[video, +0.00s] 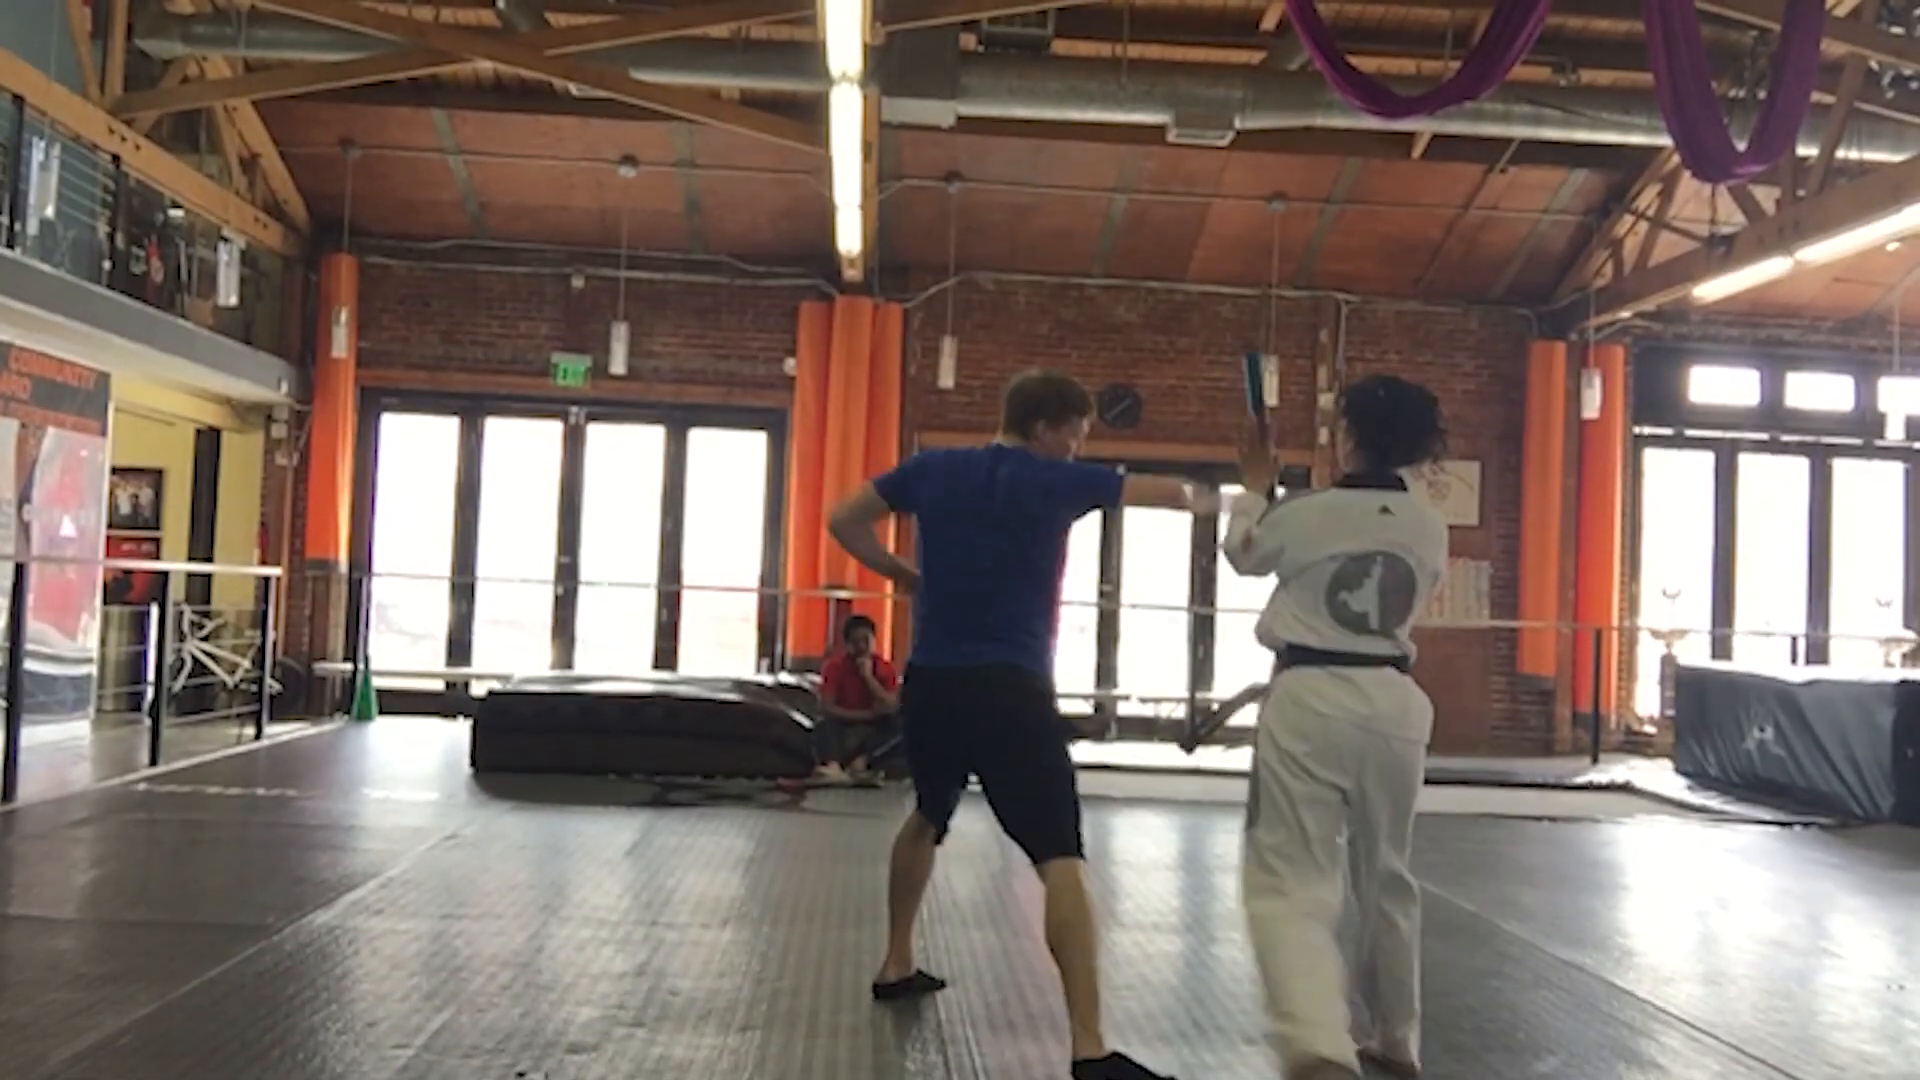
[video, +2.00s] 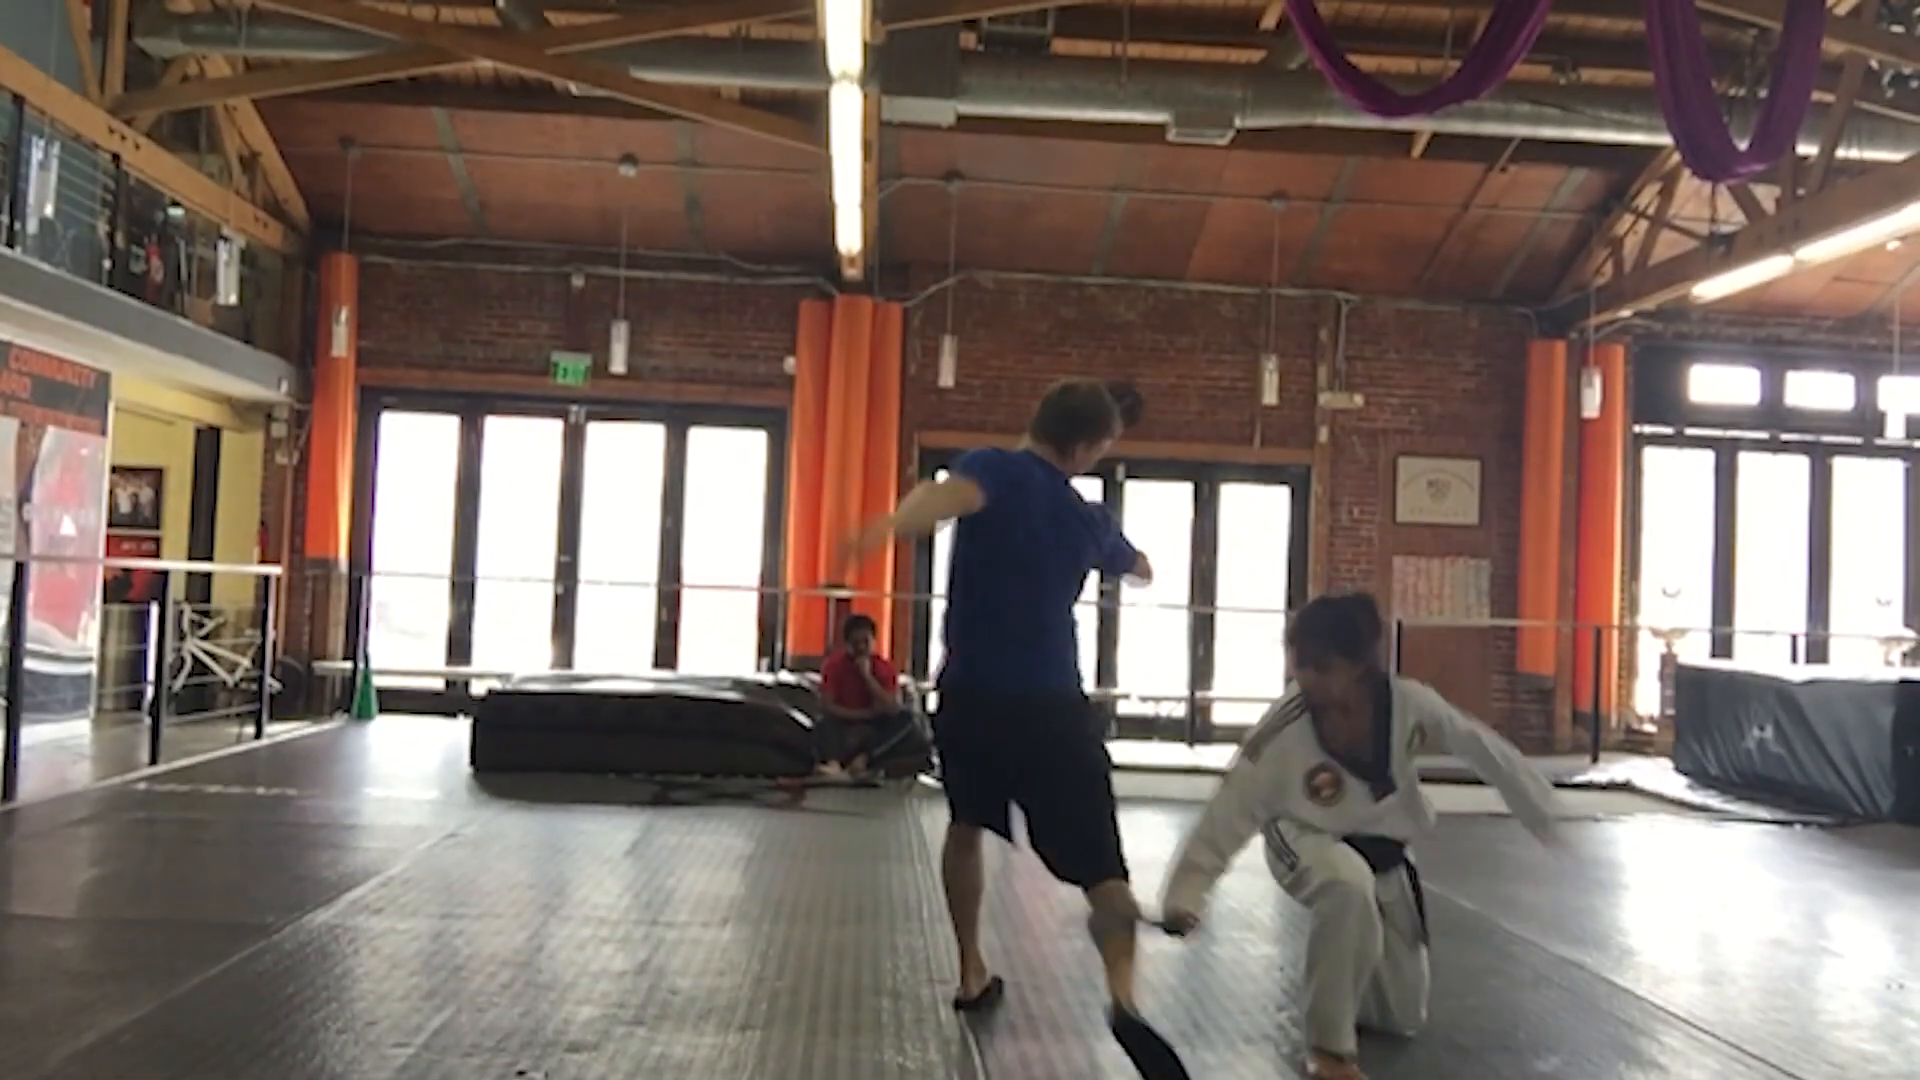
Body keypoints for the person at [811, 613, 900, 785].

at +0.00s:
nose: (861, 647)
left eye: (865, 640)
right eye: (855, 642)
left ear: (873, 639)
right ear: (846, 643)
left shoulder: (884, 667)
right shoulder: (834, 666)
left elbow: (891, 705)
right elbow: (827, 708)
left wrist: (868, 677)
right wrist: (870, 713)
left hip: (874, 721)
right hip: (842, 721)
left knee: (897, 725)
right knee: (826, 725)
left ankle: (861, 763)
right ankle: (832, 765)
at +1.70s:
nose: (862, 648)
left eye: (866, 642)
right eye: (856, 642)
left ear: (873, 642)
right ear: (847, 644)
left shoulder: (884, 668)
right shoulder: (834, 667)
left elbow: (892, 708)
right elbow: (827, 707)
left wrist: (867, 676)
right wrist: (868, 714)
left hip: (875, 721)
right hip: (843, 723)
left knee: (906, 721)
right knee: (822, 729)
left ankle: (866, 761)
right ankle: (832, 765)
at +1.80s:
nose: (861, 646)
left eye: (865, 640)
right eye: (855, 641)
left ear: (873, 640)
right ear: (847, 643)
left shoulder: (884, 667)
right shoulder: (834, 666)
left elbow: (892, 707)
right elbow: (827, 706)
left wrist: (868, 676)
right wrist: (869, 713)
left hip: (875, 720)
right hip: (842, 720)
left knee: (906, 720)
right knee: (821, 729)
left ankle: (866, 759)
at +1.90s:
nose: (861, 645)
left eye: (865, 639)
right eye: (856, 640)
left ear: (873, 638)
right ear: (847, 641)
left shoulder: (884, 665)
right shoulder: (834, 664)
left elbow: (892, 706)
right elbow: (827, 705)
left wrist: (868, 675)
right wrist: (869, 711)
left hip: (875, 718)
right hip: (842, 719)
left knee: (906, 718)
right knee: (821, 729)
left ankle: (866, 757)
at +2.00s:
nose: (861, 647)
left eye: (865, 641)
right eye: (856, 642)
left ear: (873, 641)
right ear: (847, 643)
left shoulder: (885, 668)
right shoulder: (833, 666)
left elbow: (892, 708)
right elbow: (827, 706)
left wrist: (868, 676)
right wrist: (868, 713)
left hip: (875, 719)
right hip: (842, 720)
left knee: (906, 719)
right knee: (823, 727)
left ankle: (865, 759)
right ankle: (833, 763)